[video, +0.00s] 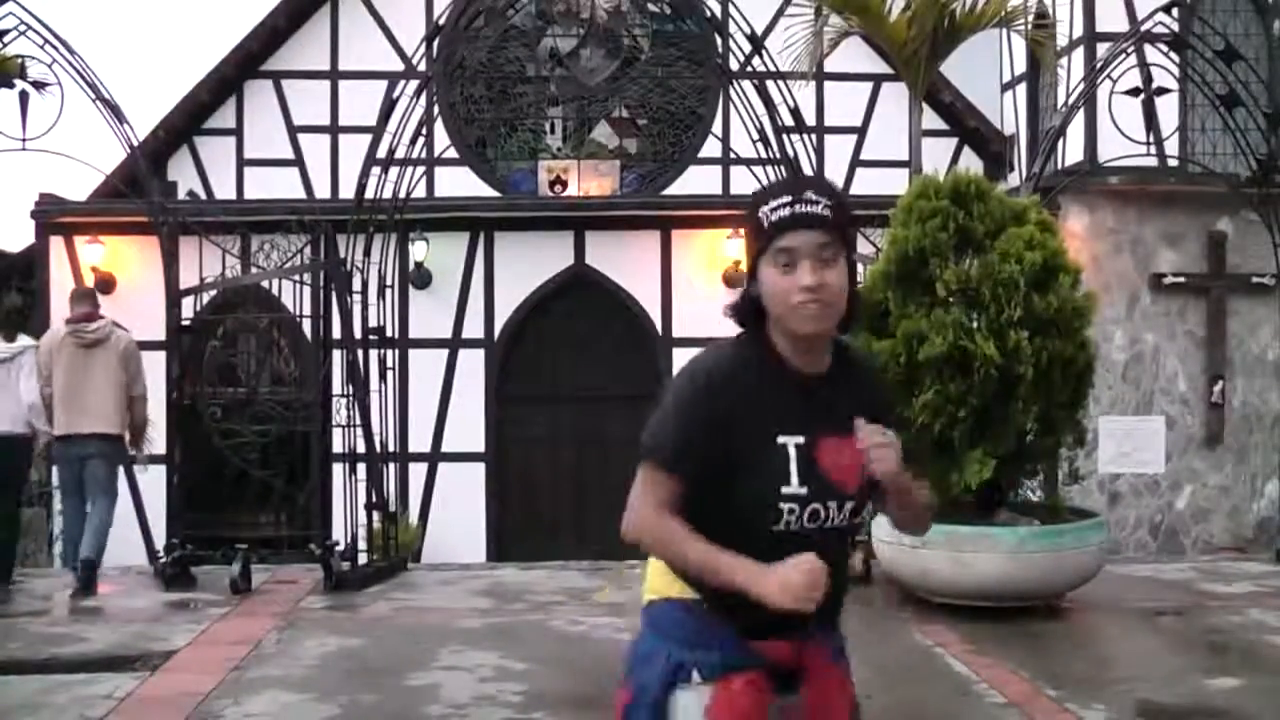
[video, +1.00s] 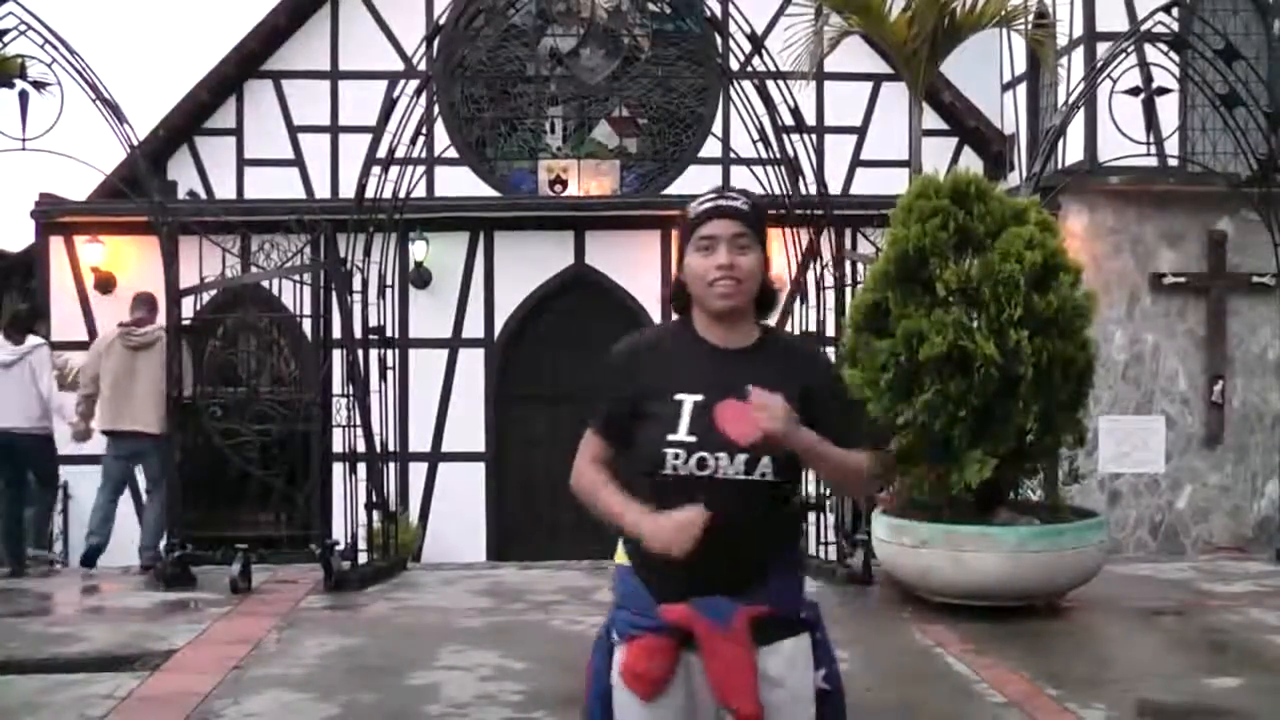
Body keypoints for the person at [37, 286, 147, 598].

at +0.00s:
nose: (81, 315)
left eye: (77, 310)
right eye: (89, 308)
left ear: (70, 311)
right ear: (99, 309)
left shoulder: (51, 341)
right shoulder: (123, 342)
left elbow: (46, 389)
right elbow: (138, 393)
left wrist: (56, 424)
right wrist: (137, 434)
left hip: (67, 434)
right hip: (106, 434)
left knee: (72, 502)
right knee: (101, 499)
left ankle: (76, 571)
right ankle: (88, 561)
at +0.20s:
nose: (98, 316)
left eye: (91, 311)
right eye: (101, 311)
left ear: (77, 311)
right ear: (105, 311)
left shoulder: (55, 341)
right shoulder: (124, 343)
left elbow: (47, 386)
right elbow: (137, 394)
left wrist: (55, 419)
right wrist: (141, 436)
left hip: (69, 429)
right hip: (107, 431)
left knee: (77, 497)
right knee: (108, 490)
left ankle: (80, 568)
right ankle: (93, 543)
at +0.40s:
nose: (98, 316)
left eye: (93, 312)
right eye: (103, 311)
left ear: (83, 311)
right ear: (111, 310)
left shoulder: (60, 343)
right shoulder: (131, 345)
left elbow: (49, 389)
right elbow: (144, 396)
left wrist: (59, 421)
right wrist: (147, 437)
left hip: (74, 432)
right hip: (115, 432)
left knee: (79, 499)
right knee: (126, 491)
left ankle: (83, 566)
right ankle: (122, 552)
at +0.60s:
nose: (112, 317)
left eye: (107, 311)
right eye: (117, 312)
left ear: (96, 312)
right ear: (123, 313)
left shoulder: (71, 344)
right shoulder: (140, 344)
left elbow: (56, 392)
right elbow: (154, 395)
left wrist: (68, 422)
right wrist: (161, 434)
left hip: (89, 432)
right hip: (129, 433)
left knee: (90, 500)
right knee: (139, 497)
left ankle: (84, 567)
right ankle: (148, 558)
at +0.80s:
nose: (125, 319)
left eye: (122, 313)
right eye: (130, 313)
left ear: (114, 314)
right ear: (140, 314)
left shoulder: (91, 344)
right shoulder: (157, 343)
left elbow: (75, 391)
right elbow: (170, 388)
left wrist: (71, 427)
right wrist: (169, 424)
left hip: (104, 433)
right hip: (145, 432)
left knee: (100, 496)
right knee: (149, 496)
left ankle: (87, 557)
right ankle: (149, 557)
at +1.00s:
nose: (147, 318)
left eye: (142, 314)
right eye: (151, 314)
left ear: (129, 312)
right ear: (155, 314)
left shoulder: (106, 342)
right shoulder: (169, 343)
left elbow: (87, 383)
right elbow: (182, 388)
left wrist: (83, 420)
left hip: (118, 429)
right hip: (154, 430)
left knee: (108, 490)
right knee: (157, 492)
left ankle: (94, 542)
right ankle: (149, 554)